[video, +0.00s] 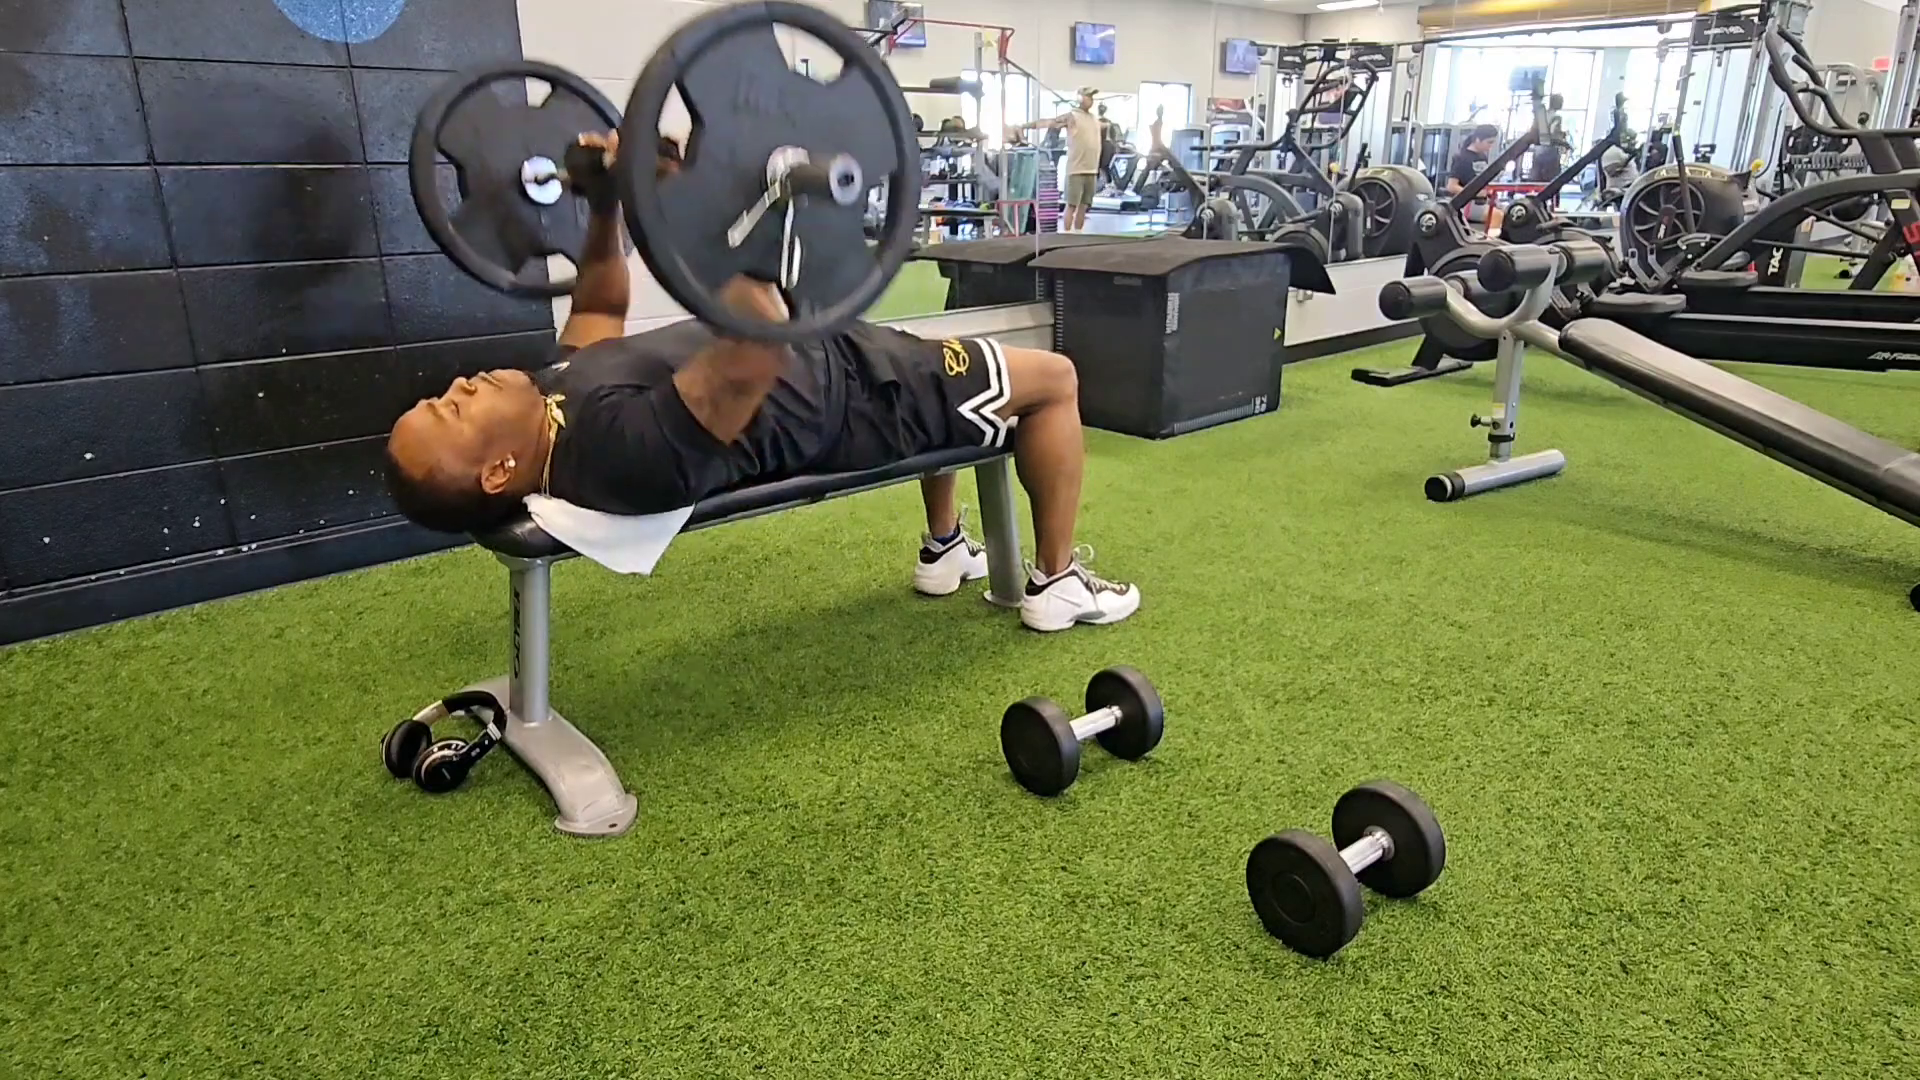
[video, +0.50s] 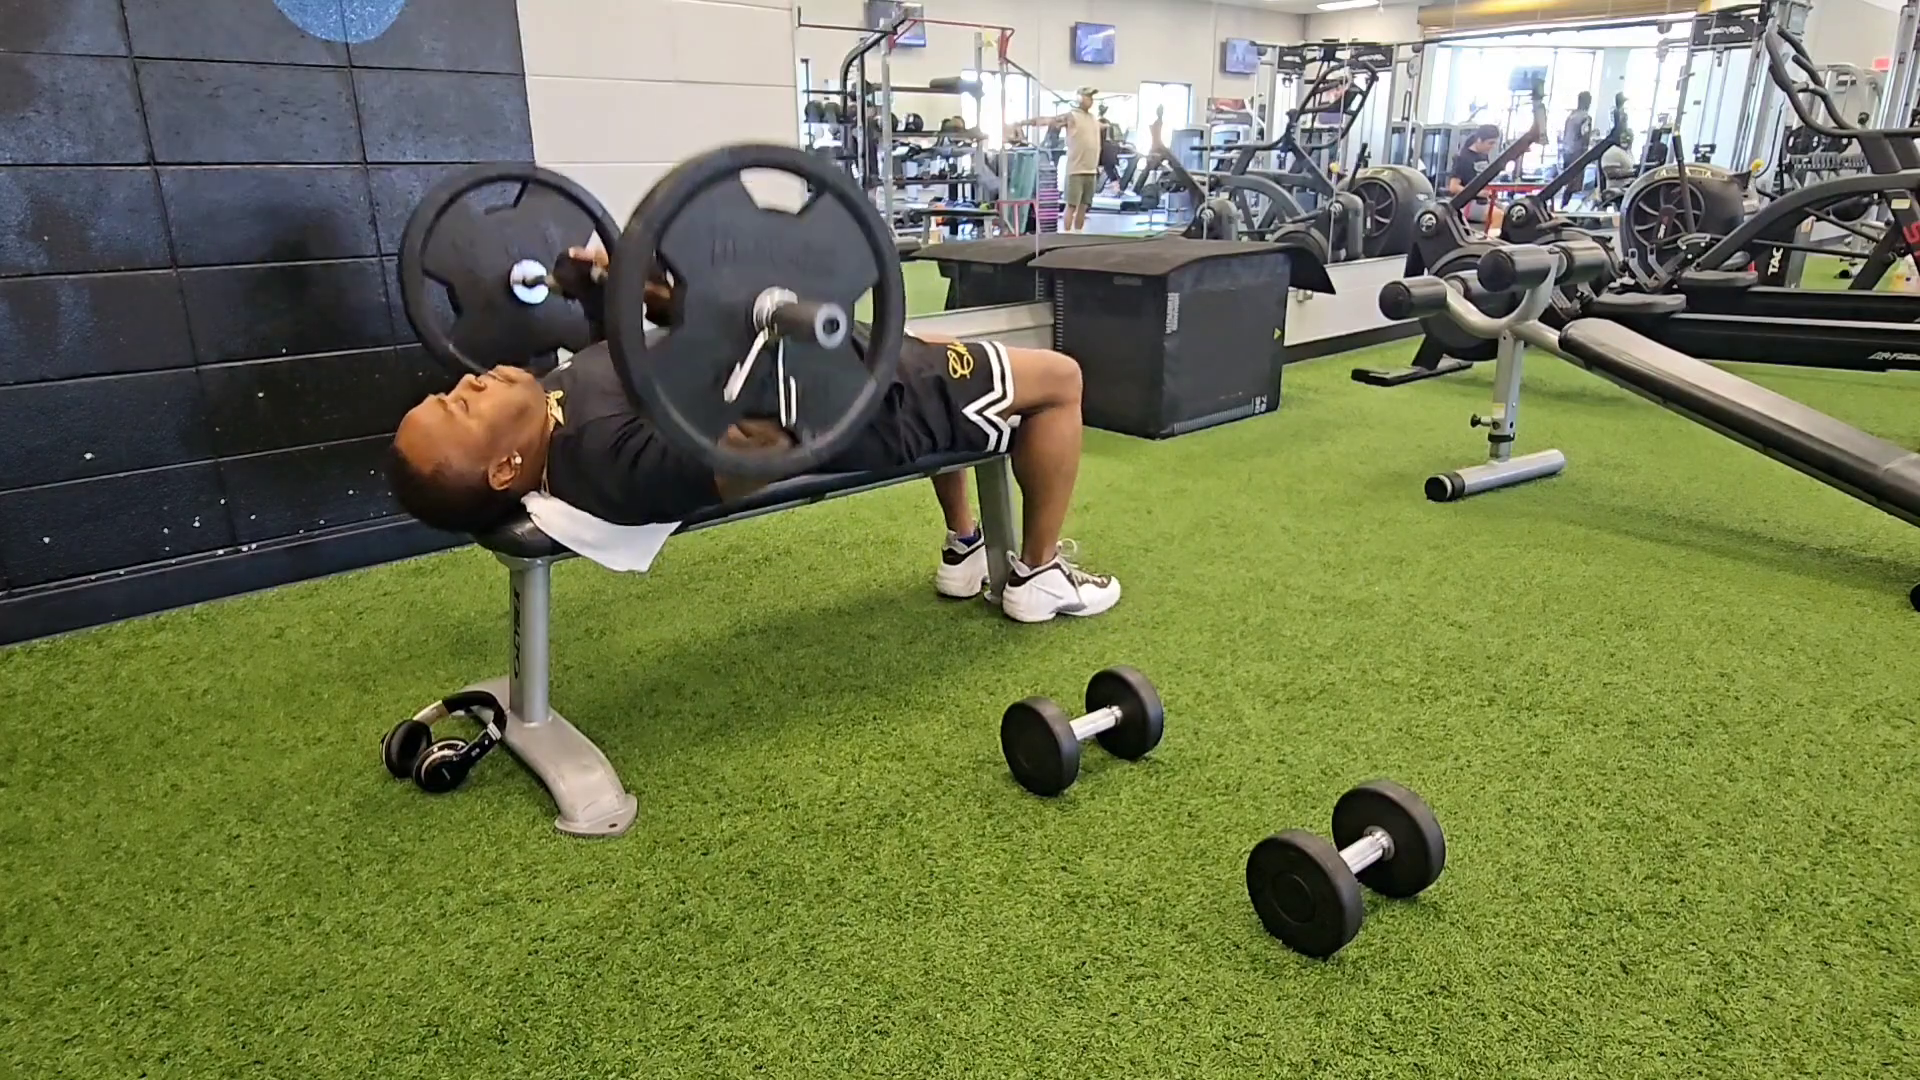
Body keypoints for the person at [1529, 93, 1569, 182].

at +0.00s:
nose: (1561, 104)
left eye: (1561, 102)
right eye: (1561, 102)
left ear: (1551, 102)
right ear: (1558, 103)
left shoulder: (1541, 115)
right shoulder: (1556, 117)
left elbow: (1533, 131)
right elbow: (1554, 133)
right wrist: (1565, 143)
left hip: (1539, 148)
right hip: (1551, 148)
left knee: (1536, 175)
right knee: (1551, 176)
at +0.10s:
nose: (1568, 106)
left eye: (1568, 103)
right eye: (1567, 103)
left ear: (1559, 103)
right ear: (1564, 104)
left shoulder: (1550, 117)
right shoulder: (1563, 119)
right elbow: (1561, 138)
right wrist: (1573, 146)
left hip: (1545, 154)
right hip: (1558, 154)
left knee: (1543, 179)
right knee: (1559, 180)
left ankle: (1541, 204)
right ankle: (1559, 207)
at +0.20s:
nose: (1574, 105)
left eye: (1573, 102)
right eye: (1573, 102)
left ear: (1565, 102)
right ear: (1573, 103)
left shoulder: (1557, 117)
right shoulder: (1570, 118)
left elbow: (1555, 136)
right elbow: (1569, 140)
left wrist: (1573, 135)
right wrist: (1580, 145)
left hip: (1552, 153)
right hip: (1564, 154)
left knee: (1550, 180)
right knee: (1564, 181)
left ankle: (1550, 206)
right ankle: (1561, 207)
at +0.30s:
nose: (1579, 104)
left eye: (1578, 101)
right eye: (1580, 102)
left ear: (1572, 101)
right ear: (1581, 103)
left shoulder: (1564, 116)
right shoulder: (1578, 118)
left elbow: (1559, 135)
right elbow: (1577, 139)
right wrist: (1586, 143)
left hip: (1558, 152)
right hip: (1569, 153)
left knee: (1557, 179)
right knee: (1568, 181)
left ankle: (1554, 205)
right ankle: (1562, 206)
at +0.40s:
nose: (1587, 104)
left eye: (1587, 101)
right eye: (1586, 101)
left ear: (1576, 101)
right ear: (1583, 102)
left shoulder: (1567, 115)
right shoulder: (1581, 117)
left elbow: (1560, 135)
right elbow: (1579, 134)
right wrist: (1586, 140)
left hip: (1562, 149)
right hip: (1573, 150)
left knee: (1562, 174)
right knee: (1573, 176)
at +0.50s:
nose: (1589, 104)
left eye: (1588, 101)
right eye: (1589, 101)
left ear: (1579, 101)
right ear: (1588, 102)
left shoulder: (1571, 115)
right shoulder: (1586, 117)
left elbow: (1566, 134)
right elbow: (1585, 133)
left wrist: (1567, 145)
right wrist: (1585, 147)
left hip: (1567, 150)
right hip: (1577, 151)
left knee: (1568, 178)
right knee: (1574, 180)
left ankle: (1564, 204)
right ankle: (1564, 205)